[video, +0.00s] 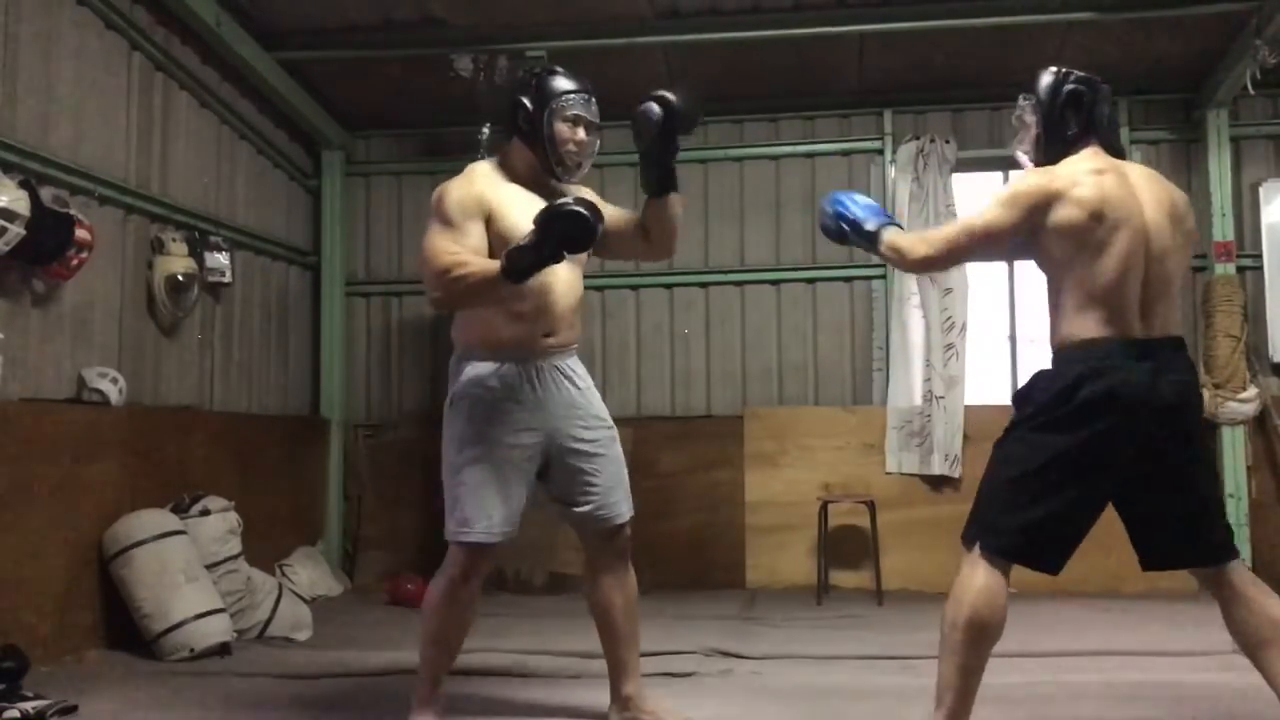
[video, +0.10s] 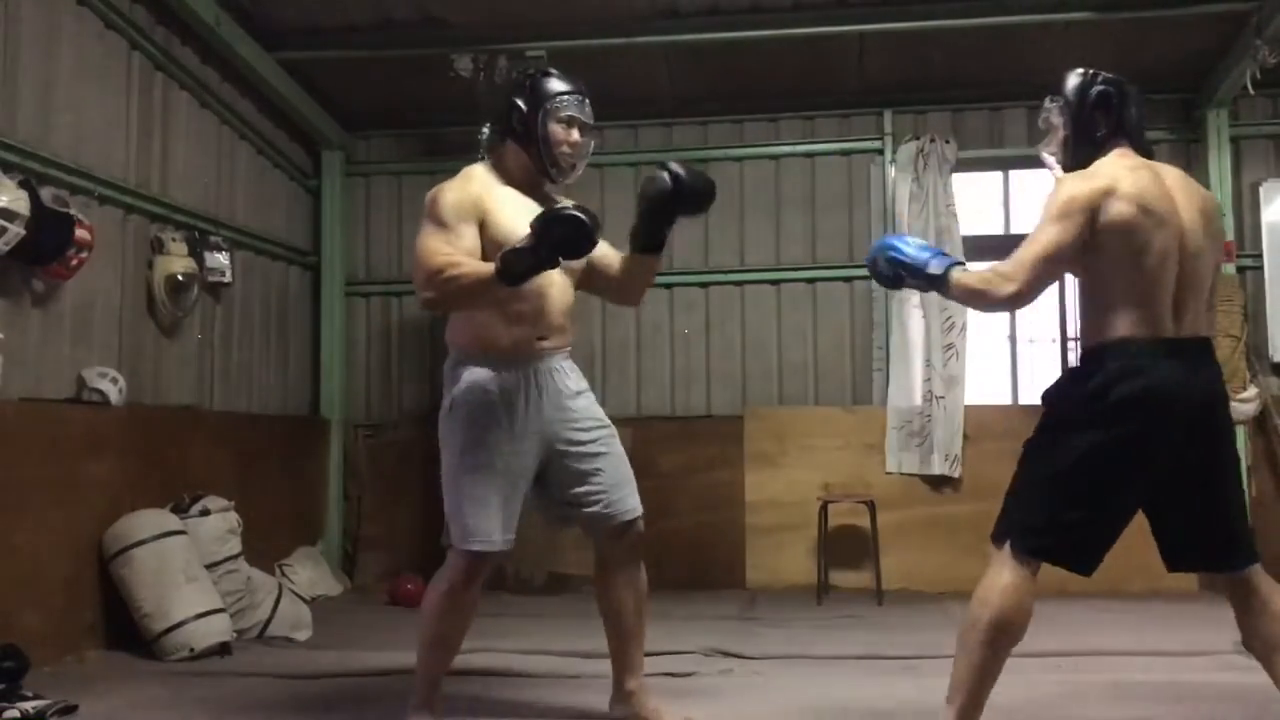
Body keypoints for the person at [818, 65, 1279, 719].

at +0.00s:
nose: (1019, 143)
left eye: (1023, 128)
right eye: (1019, 128)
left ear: (1051, 127)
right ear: (1097, 125)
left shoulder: (1046, 188)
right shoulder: (1172, 197)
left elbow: (927, 253)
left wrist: (873, 232)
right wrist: (1038, 187)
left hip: (1081, 391)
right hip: (1173, 391)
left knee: (987, 556)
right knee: (1226, 569)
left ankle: (949, 712)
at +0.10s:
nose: (1043, 139)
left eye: (1050, 123)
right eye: (1044, 123)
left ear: (1084, 124)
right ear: (1122, 125)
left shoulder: (1088, 187)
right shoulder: (1198, 195)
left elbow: (1007, 287)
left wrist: (931, 269)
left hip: (1111, 393)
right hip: (1199, 393)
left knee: (1015, 557)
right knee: (1242, 574)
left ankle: (959, 709)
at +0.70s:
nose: (1043, 142)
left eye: (1044, 125)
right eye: (1039, 129)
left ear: (1066, 117)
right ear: (1119, 114)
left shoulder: (1095, 169)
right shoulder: (1187, 177)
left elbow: (984, 234)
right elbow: (1170, 311)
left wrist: (959, 161)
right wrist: (1066, 305)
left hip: (1141, 377)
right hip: (1224, 376)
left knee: (1035, 543)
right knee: (1241, 556)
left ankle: (1034, 712)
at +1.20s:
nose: (1056, 132)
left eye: (1063, 115)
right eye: (1054, 118)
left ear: (1099, 110)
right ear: (1131, 112)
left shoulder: (1137, 169)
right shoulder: (1197, 177)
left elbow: (1099, 270)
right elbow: (1132, 296)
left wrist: (1013, 228)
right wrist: (1047, 268)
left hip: (1156, 386)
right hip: (1236, 383)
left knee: (1045, 541)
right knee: (1270, 567)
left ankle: (1031, 711)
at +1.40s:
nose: (1044, 128)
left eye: (1054, 111)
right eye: (1043, 113)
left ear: (1098, 106)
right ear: (1117, 110)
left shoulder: (1121, 167)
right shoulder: (1183, 178)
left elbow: (1055, 276)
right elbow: (1133, 311)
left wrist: (974, 235)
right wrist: (1041, 245)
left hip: (1146, 378)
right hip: (1218, 378)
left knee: (1037, 546)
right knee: (1237, 560)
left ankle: (1027, 713)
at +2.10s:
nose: (1025, 132)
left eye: (1035, 114)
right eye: (1025, 117)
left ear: (1077, 112)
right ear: (1090, 117)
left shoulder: (1130, 171)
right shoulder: (1135, 184)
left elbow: (1089, 281)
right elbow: (1119, 322)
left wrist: (1004, 227)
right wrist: (1032, 303)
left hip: (1144, 386)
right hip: (1194, 387)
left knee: (1029, 549)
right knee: (1239, 570)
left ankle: (1029, 712)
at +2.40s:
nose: (1061, 105)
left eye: (1070, 89)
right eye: (1061, 90)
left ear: (1108, 91)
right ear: (1139, 93)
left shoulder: (1104, 153)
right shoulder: (1192, 163)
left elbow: (998, 268)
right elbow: (1105, 275)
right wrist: (1035, 219)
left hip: (1152, 343)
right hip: (1225, 356)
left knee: (1033, 520)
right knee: (1152, 550)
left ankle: (985, 704)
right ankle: (1181, 711)